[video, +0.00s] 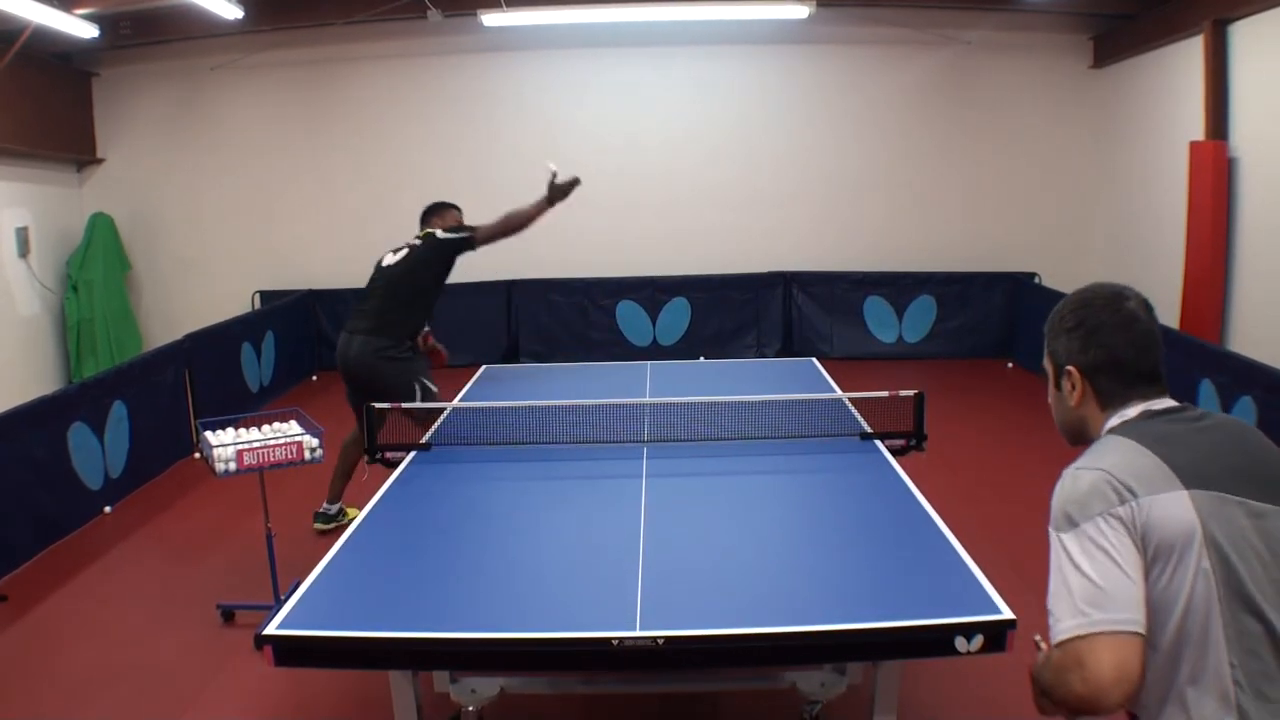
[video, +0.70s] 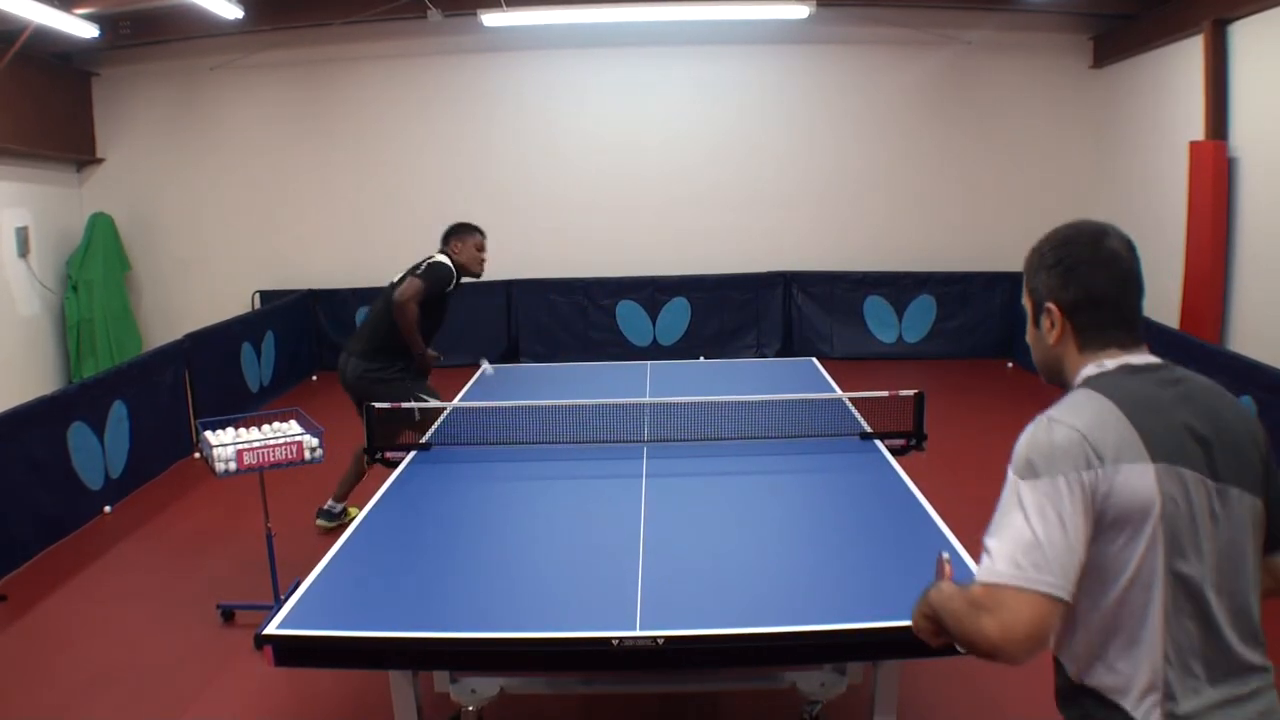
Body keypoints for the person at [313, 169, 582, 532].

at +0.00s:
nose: (463, 228)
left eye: (461, 223)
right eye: (457, 223)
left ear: (426, 226)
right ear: (437, 223)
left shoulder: (397, 252)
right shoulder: (442, 241)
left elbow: (390, 300)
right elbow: (502, 228)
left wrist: (421, 336)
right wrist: (548, 202)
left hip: (351, 351)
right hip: (386, 354)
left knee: (365, 428)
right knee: (444, 430)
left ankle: (330, 508)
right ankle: (450, 507)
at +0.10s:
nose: (444, 223)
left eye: (443, 218)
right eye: (439, 218)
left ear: (407, 223)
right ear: (420, 219)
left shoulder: (378, 252)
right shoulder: (426, 236)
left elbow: (343, 304)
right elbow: (483, 213)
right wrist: (533, 190)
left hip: (339, 345)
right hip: (375, 347)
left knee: (357, 427)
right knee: (426, 428)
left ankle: (329, 509)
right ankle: (440, 509)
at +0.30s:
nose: (427, 217)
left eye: (426, 212)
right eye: (423, 212)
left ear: (391, 216)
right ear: (407, 213)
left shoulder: (358, 242)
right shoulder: (415, 228)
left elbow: (321, 284)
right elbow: (462, 216)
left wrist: (345, 318)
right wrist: (512, 230)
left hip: (332, 342)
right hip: (370, 343)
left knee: (350, 423)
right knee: (415, 424)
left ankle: (328, 509)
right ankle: (427, 509)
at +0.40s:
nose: (428, 222)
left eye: (426, 217)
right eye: (424, 217)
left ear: (392, 218)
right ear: (410, 216)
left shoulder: (360, 241)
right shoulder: (420, 233)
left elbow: (322, 284)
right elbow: (467, 239)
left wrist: (349, 308)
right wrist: (495, 275)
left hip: (329, 341)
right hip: (365, 344)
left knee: (348, 424)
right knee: (423, 420)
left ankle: (328, 511)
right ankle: (438, 503)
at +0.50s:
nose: (435, 234)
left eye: (432, 229)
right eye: (432, 229)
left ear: (399, 231)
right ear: (422, 228)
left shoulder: (367, 249)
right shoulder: (424, 247)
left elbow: (329, 280)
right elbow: (458, 272)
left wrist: (364, 281)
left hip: (329, 351)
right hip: (366, 353)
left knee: (353, 427)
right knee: (433, 421)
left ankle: (328, 511)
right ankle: (444, 503)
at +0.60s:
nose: (454, 247)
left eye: (452, 241)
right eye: (452, 241)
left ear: (419, 240)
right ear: (442, 238)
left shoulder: (391, 259)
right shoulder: (439, 259)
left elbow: (370, 301)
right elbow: (433, 298)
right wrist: (435, 346)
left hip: (340, 360)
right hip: (373, 366)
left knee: (363, 430)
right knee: (443, 428)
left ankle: (329, 511)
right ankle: (440, 509)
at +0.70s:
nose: (484, 257)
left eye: (484, 250)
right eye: (479, 249)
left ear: (454, 248)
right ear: (455, 247)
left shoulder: (430, 265)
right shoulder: (442, 268)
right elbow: (403, 298)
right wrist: (420, 352)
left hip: (360, 366)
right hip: (381, 372)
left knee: (380, 438)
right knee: (447, 429)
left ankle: (333, 507)